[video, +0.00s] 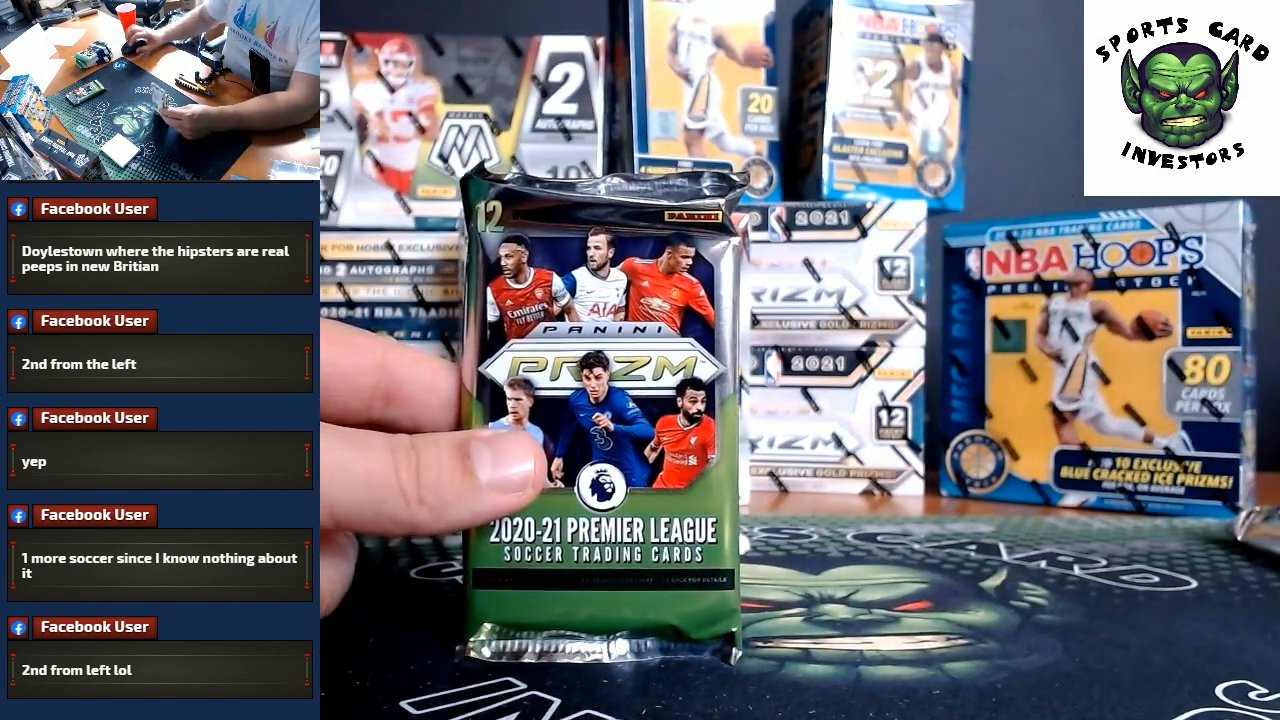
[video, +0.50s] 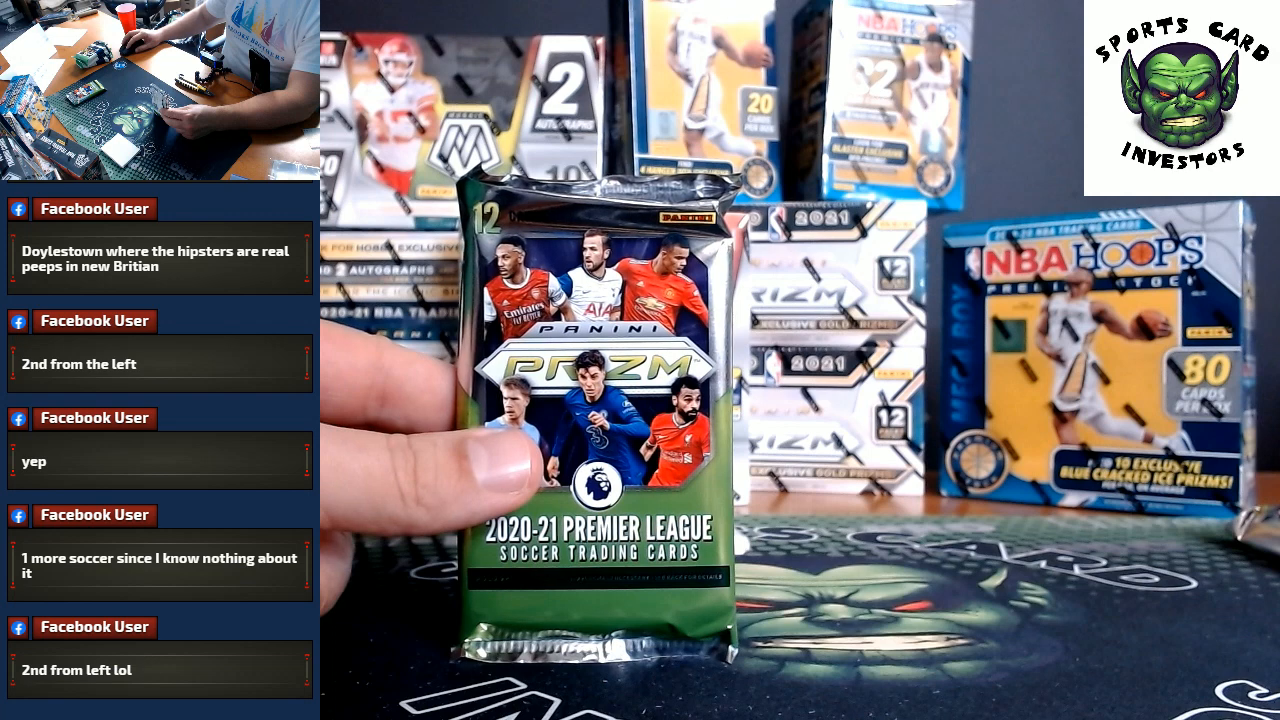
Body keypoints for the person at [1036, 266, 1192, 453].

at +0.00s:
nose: (1072, 287)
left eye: (1077, 284)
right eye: (1071, 283)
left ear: (1087, 285)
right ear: (1067, 283)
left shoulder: (1095, 308)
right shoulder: (1053, 304)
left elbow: (1126, 331)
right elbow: (1039, 334)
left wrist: (1156, 330)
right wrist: (1047, 350)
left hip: (1081, 365)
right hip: (1064, 367)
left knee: (1062, 418)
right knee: (1103, 424)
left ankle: (1078, 473)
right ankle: (1165, 442)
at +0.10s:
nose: (1072, 287)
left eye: (1077, 284)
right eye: (1071, 283)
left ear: (1087, 285)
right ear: (1067, 283)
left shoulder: (1095, 308)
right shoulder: (1053, 304)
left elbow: (1126, 331)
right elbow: (1039, 334)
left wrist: (1156, 330)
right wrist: (1047, 350)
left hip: (1081, 365)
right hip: (1064, 367)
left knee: (1062, 418)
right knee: (1103, 424)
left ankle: (1078, 473)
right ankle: (1165, 442)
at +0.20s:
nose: (1072, 287)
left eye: (1077, 284)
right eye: (1071, 283)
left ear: (1087, 285)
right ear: (1067, 283)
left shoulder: (1095, 308)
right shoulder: (1053, 304)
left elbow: (1126, 331)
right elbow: (1039, 334)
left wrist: (1156, 330)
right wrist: (1047, 350)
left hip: (1081, 365)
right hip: (1064, 367)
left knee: (1062, 418)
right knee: (1103, 424)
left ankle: (1078, 473)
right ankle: (1165, 442)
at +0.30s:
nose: (1072, 287)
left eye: (1077, 284)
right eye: (1071, 283)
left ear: (1087, 285)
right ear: (1067, 283)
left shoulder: (1095, 308)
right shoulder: (1053, 304)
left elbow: (1126, 331)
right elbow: (1039, 334)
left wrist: (1156, 330)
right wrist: (1047, 350)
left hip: (1081, 365)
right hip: (1064, 367)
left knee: (1062, 418)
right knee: (1103, 424)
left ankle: (1078, 473)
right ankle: (1165, 442)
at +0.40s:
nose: (1072, 287)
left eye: (1077, 284)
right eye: (1071, 283)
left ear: (1087, 285)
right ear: (1067, 283)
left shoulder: (1095, 308)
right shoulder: (1053, 304)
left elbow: (1126, 331)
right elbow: (1039, 334)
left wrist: (1156, 330)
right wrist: (1047, 350)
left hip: (1081, 365)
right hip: (1064, 367)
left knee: (1062, 418)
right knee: (1103, 424)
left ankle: (1078, 473)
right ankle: (1165, 442)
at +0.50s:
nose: (1073, 288)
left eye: (1078, 284)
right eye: (1071, 283)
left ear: (1088, 285)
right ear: (1067, 283)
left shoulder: (1096, 308)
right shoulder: (1052, 304)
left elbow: (1126, 331)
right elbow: (1039, 334)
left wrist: (1156, 330)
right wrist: (1047, 349)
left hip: (1081, 366)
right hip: (1064, 367)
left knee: (1062, 418)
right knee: (1104, 424)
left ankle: (1078, 475)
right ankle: (1166, 442)